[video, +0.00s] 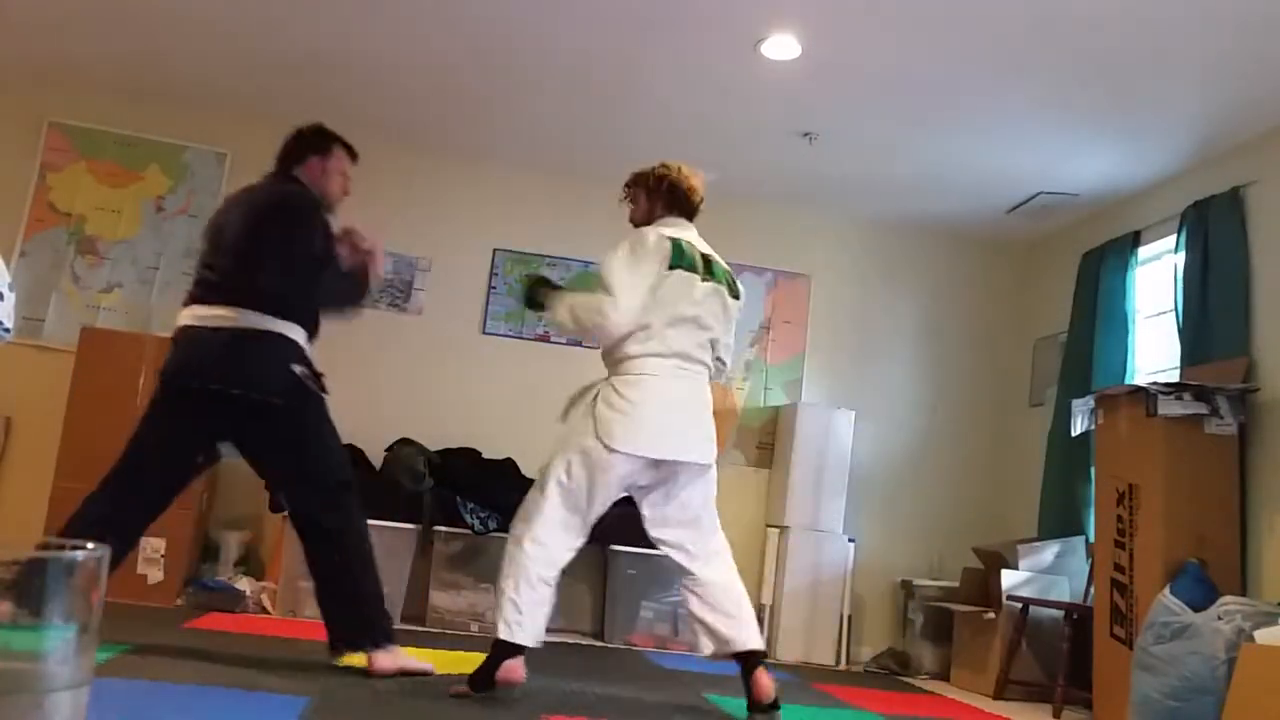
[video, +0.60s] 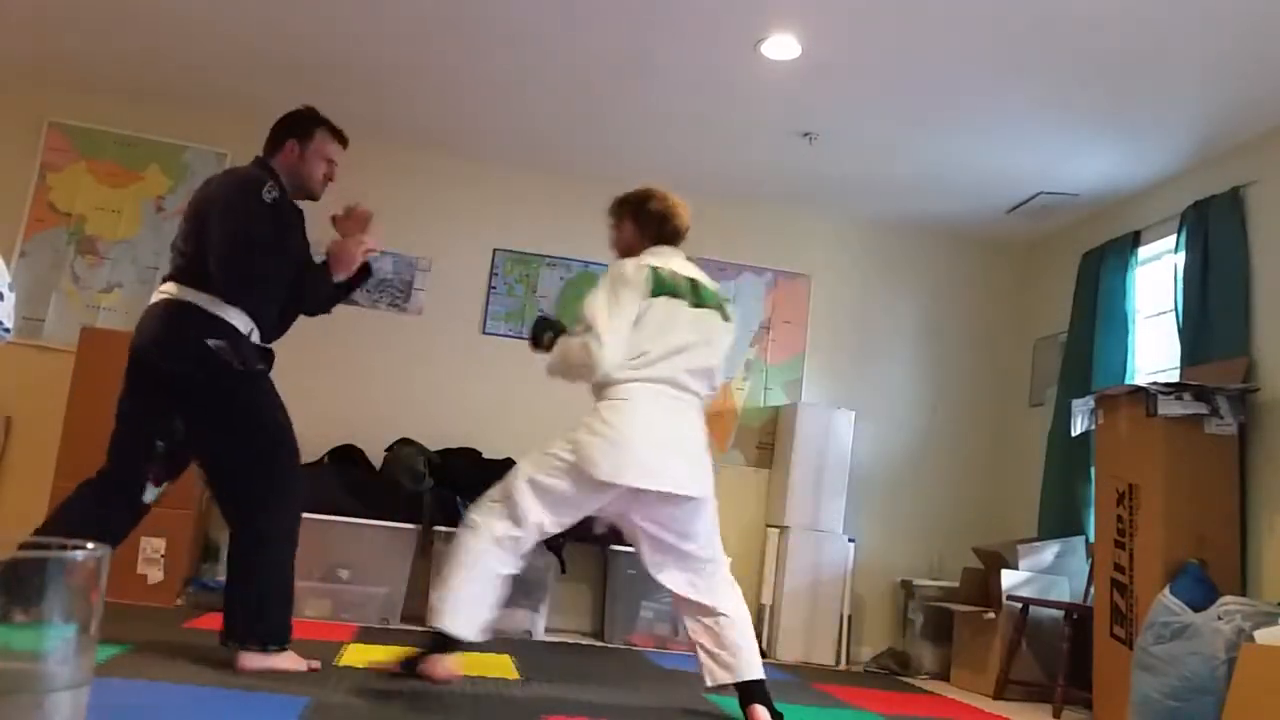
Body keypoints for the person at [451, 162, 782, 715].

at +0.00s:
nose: (628, 210)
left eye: (633, 200)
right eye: (628, 200)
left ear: (659, 199)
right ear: (685, 206)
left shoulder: (645, 243)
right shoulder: (723, 273)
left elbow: (609, 317)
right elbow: (723, 362)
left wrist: (548, 297)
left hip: (630, 413)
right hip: (692, 424)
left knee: (547, 521)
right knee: (702, 545)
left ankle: (509, 651)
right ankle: (755, 669)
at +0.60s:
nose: (613, 239)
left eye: (616, 229)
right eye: (613, 229)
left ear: (636, 229)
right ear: (674, 233)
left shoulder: (629, 273)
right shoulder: (716, 301)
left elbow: (599, 358)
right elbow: (709, 379)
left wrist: (553, 345)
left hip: (618, 436)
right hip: (686, 451)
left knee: (501, 518)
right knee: (707, 576)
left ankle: (446, 647)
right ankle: (758, 704)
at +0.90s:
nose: (466, 227)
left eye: (469, 219)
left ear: (474, 225)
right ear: (533, 228)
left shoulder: (442, 284)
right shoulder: (566, 283)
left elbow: (357, 325)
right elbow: (613, 356)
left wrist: (309, 342)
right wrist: (565, 396)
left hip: (497, 449)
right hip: (580, 451)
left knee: (393, 536)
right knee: (621, 555)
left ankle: (352, 662)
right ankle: (700, 649)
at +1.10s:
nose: (452, 191)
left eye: (454, 181)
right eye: (451, 182)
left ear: (473, 182)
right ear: (520, 182)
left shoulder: (458, 233)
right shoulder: (568, 243)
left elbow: (439, 328)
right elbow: (598, 328)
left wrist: (411, 364)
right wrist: (545, 352)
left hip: (474, 403)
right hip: (551, 412)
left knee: (383, 513)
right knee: (579, 541)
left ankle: (345, 640)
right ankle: (592, 676)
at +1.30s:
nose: (474, 197)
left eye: (478, 187)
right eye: (476, 187)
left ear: (493, 187)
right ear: (539, 190)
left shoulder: (470, 230)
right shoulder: (576, 267)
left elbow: (401, 314)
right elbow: (579, 363)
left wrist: (382, 312)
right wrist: (525, 365)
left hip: (443, 413)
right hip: (524, 428)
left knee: (341, 521)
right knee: (554, 563)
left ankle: (268, 648)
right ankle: (586, 694)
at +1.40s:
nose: (454, 196)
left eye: (457, 187)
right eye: (456, 187)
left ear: (470, 188)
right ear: (522, 195)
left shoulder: (441, 236)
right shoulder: (549, 269)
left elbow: (365, 311)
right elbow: (549, 365)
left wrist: (355, 284)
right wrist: (495, 363)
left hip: (417, 418)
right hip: (499, 430)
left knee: (323, 526)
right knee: (538, 562)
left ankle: (263, 659)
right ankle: (584, 693)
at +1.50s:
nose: (425, 178)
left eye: (429, 169)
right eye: (428, 168)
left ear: (441, 171)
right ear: (489, 180)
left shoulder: (408, 215)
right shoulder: (515, 252)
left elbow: (330, 287)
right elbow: (514, 348)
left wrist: (316, 257)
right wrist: (458, 341)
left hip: (379, 396)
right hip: (459, 410)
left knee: (303, 520)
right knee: (489, 537)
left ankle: (260, 656)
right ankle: (534, 670)